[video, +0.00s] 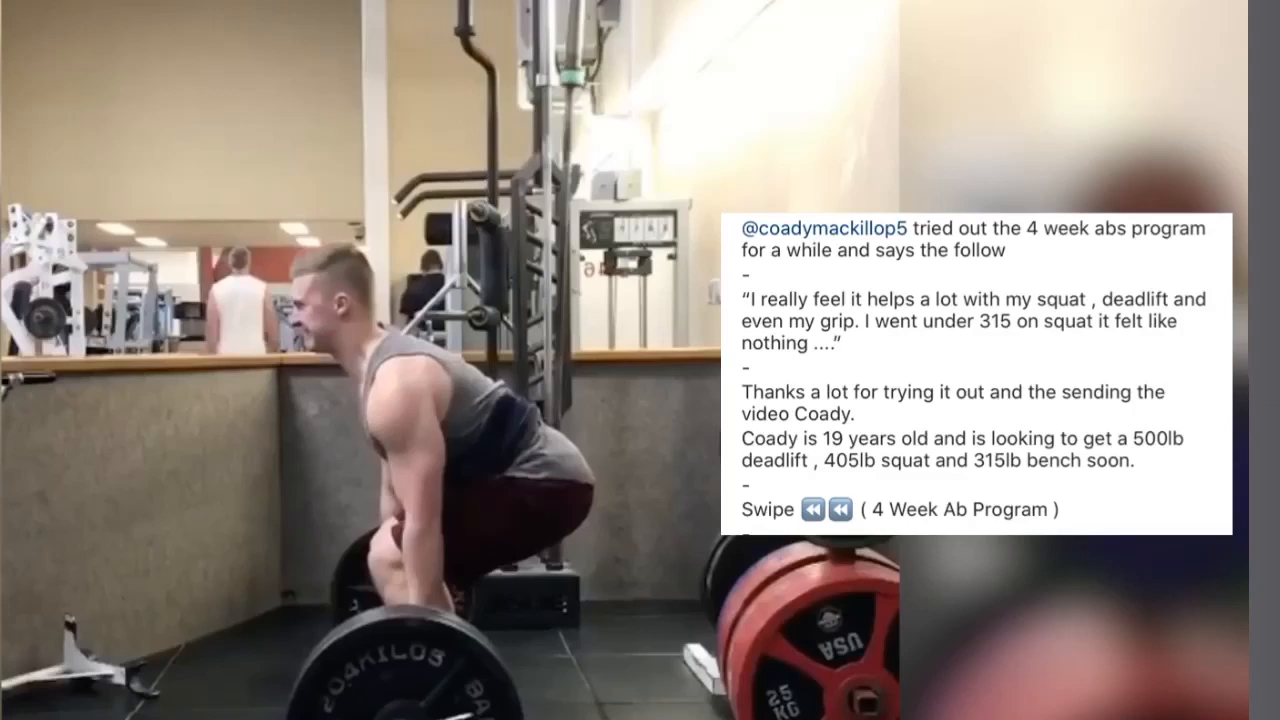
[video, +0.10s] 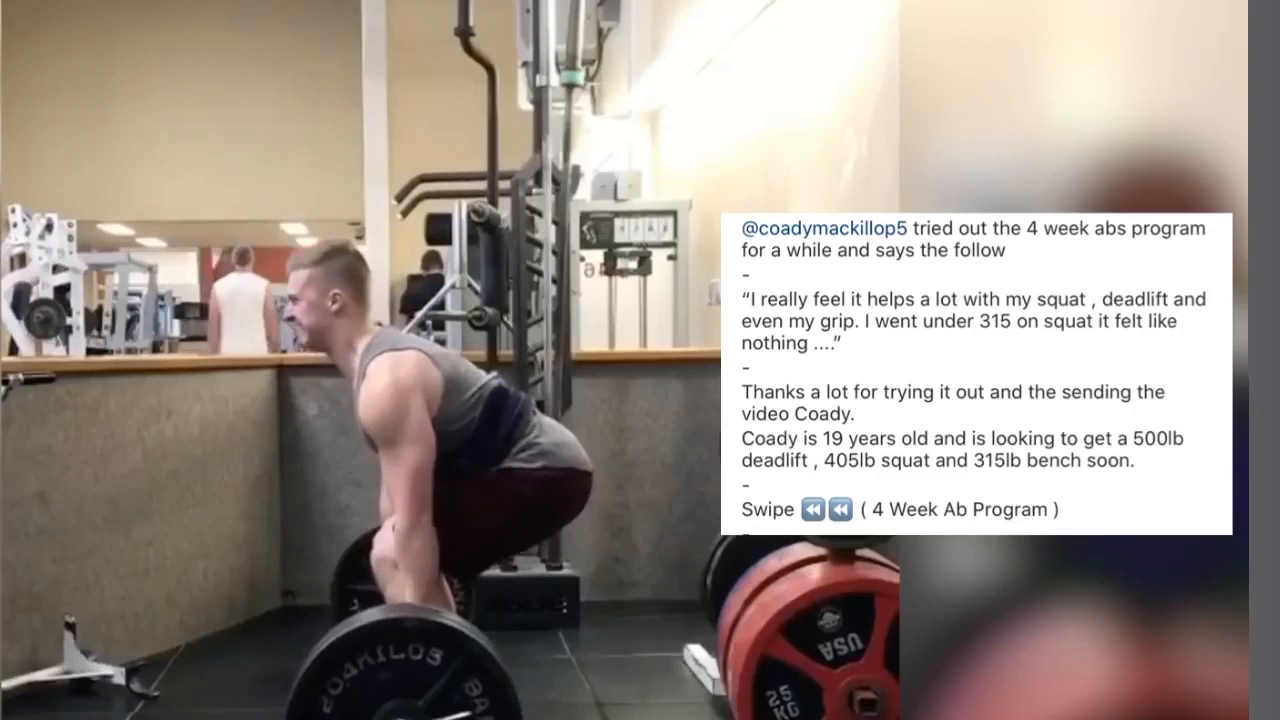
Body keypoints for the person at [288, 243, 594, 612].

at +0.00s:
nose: (295, 318)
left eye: (302, 305)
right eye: (295, 306)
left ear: (341, 304)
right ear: (338, 306)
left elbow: (422, 523)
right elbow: (392, 497)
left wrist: (426, 630)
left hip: (549, 483)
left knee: (388, 555)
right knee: (401, 545)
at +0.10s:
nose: (290, 313)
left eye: (297, 299)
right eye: (290, 301)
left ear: (335, 301)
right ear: (332, 303)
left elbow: (413, 523)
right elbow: (392, 512)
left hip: (547, 471)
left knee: (390, 553)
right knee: (403, 546)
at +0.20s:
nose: (280, 311)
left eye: (288, 299)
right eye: (281, 300)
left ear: (326, 301)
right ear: (323, 302)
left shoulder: (382, 379)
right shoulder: (369, 365)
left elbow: (407, 523)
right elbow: (393, 511)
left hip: (544, 458)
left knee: (393, 553)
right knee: (413, 551)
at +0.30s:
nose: (272, 312)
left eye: (280, 299)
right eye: (273, 300)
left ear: (319, 300)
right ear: (318, 300)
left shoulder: (377, 376)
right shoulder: (366, 361)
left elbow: (406, 521)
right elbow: (395, 502)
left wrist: (424, 647)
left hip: (544, 445)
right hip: (530, 440)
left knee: (403, 553)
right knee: (415, 548)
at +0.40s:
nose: (271, 309)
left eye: (277, 296)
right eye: (271, 297)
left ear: (315, 296)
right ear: (315, 296)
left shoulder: (376, 370)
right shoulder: (365, 354)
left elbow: (409, 511)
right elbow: (396, 492)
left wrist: (423, 637)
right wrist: (421, 622)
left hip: (547, 432)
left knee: (420, 547)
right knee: (421, 543)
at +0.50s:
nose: (271, 301)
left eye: (278, 288)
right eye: (271, 289)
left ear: (314, 287)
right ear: (315, 287)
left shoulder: (377, 359)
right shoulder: (365, 346)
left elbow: (411, 496)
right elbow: (397, 482)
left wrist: (420, 609)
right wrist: (417, 599)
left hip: (547, 418)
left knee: (434, 545)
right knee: (429, 541)